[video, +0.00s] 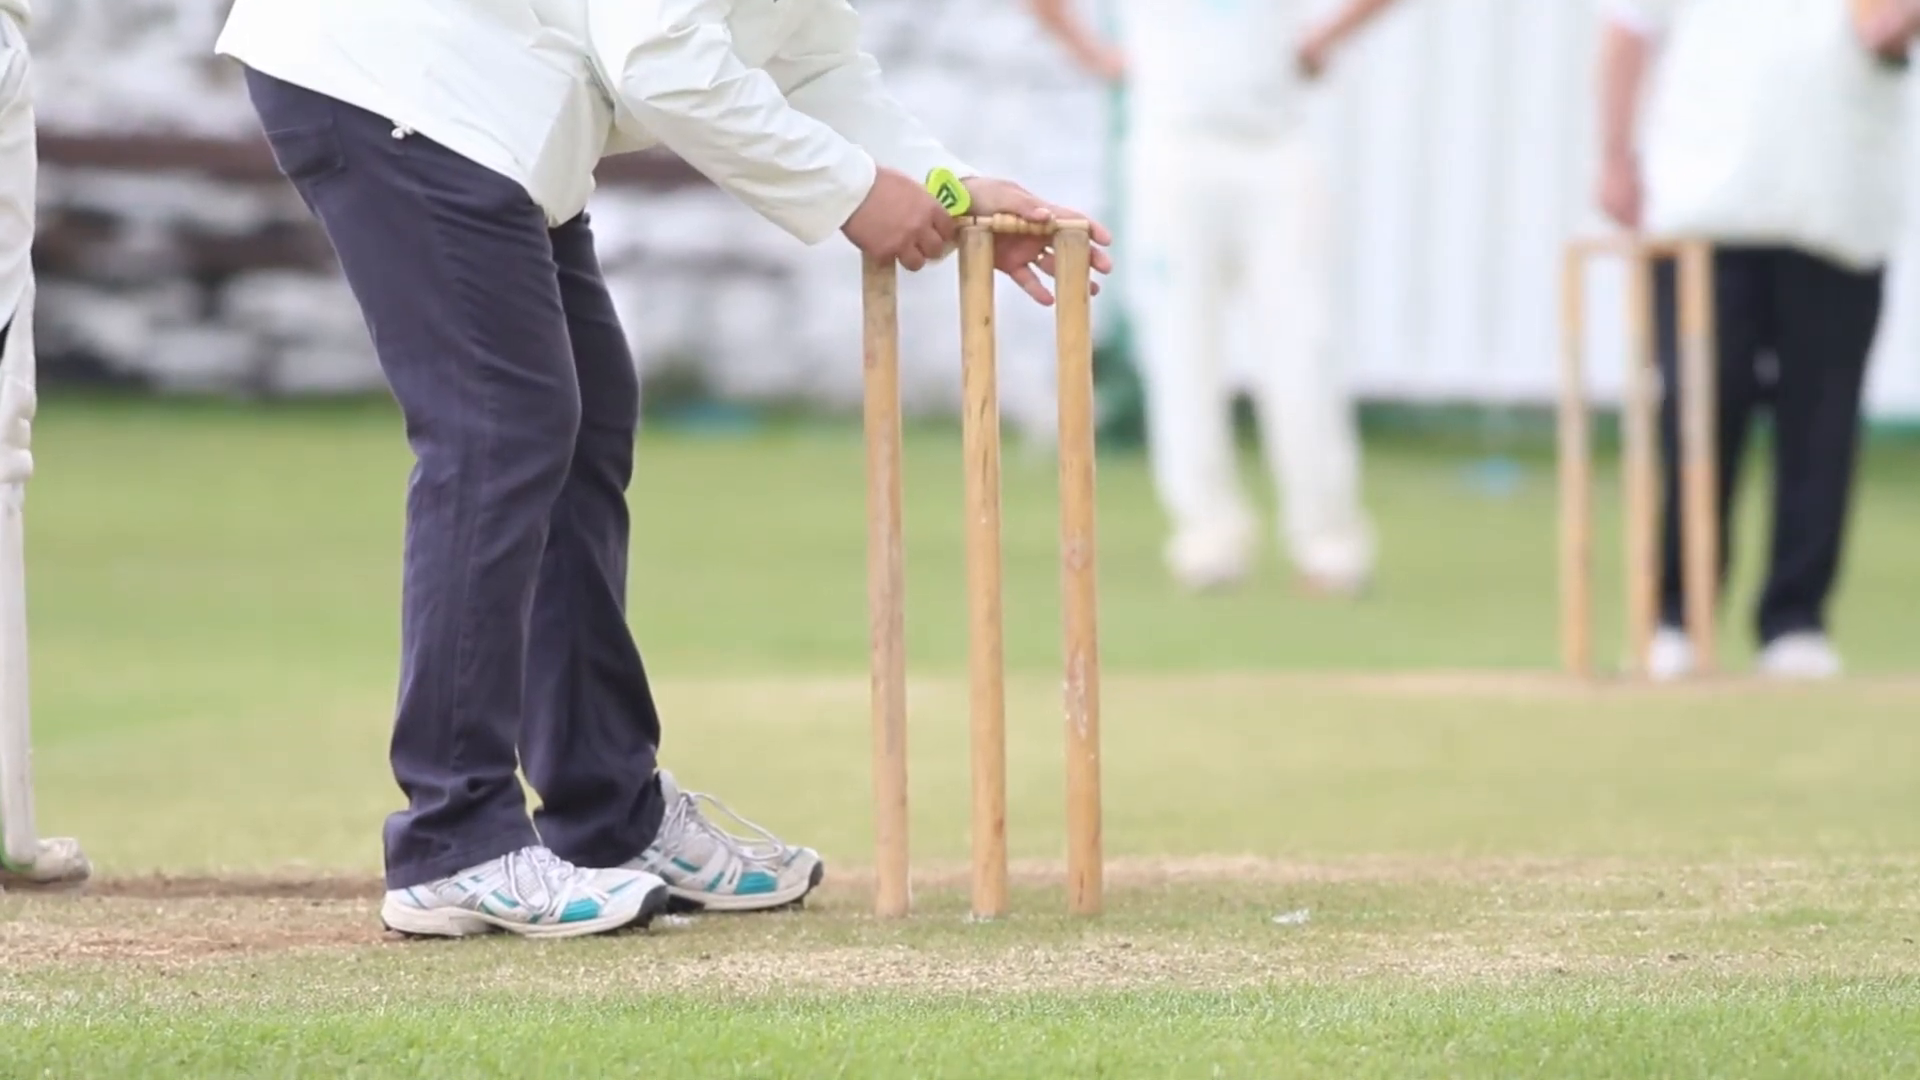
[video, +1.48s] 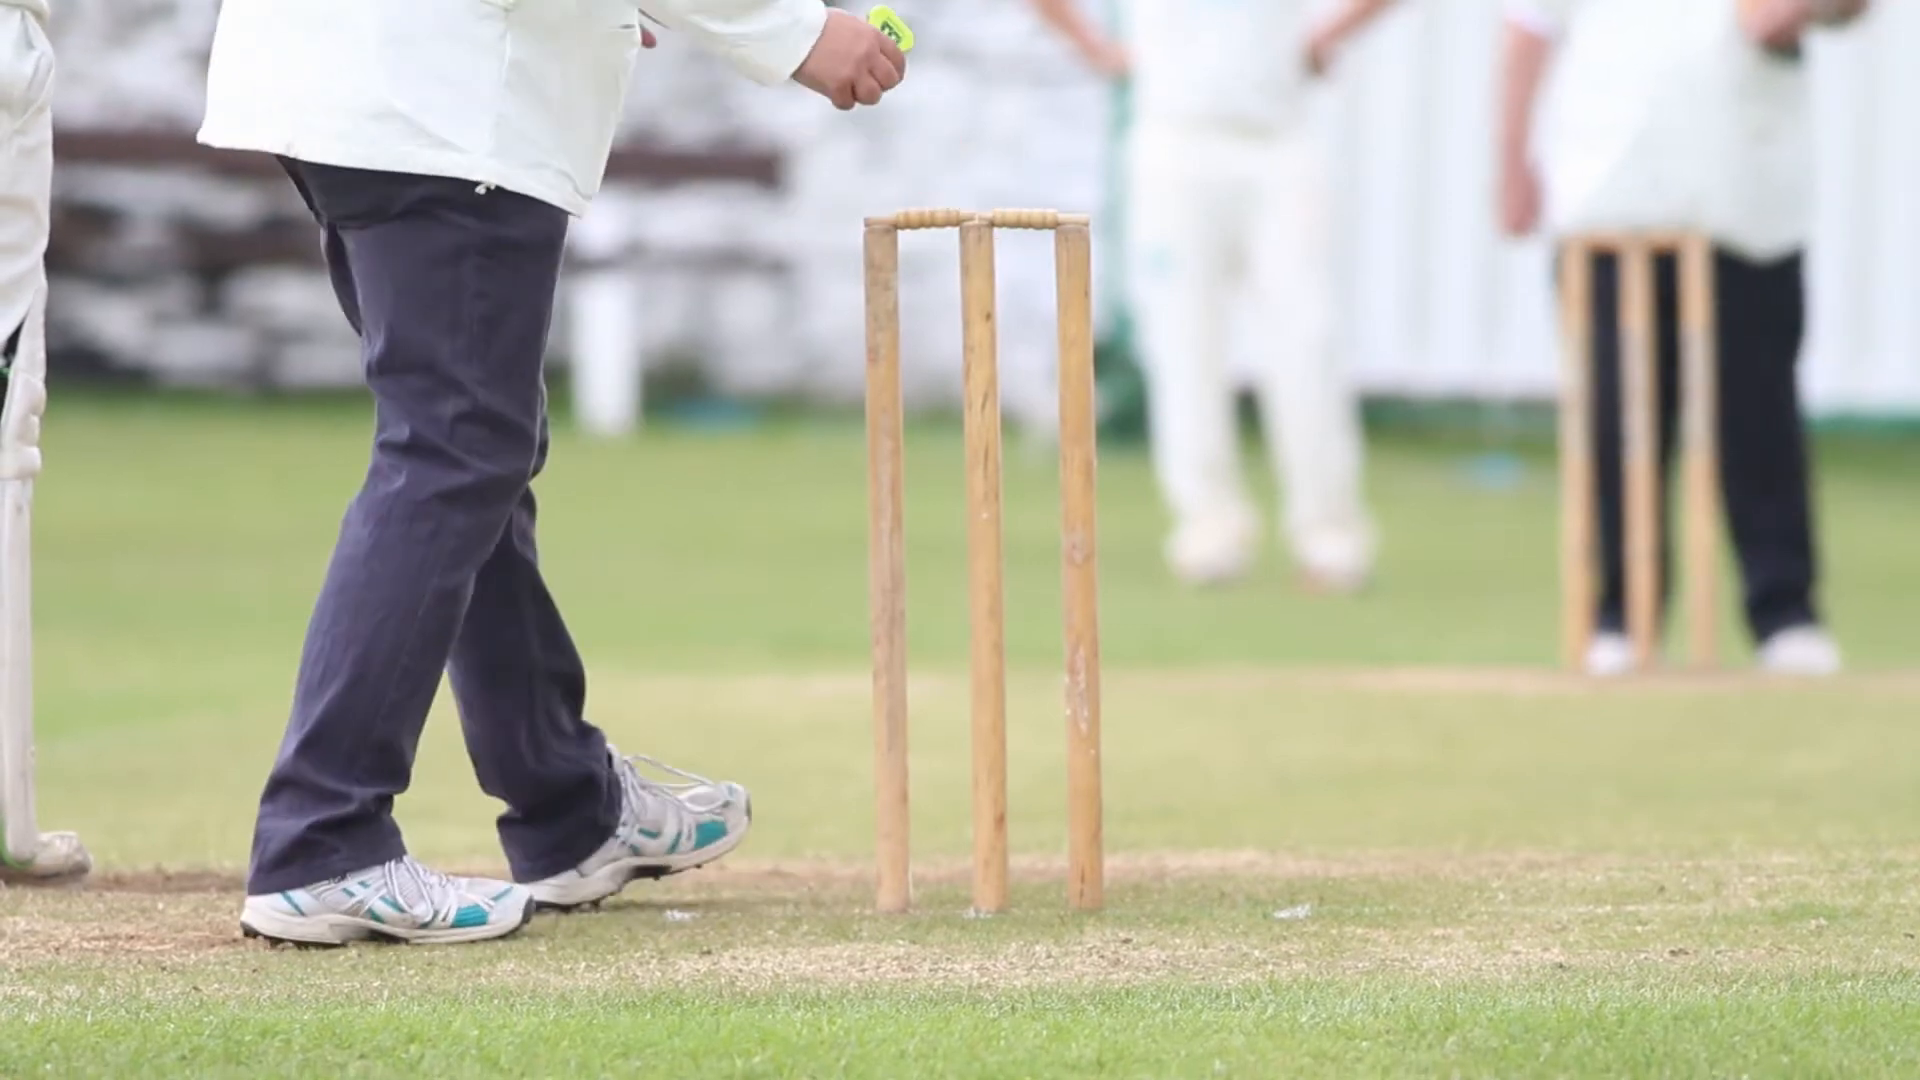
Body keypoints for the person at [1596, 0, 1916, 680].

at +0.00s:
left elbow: (1885, 28)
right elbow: (1629, 25)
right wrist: (1618, 159)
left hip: (1843, 196)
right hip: (1704, 190)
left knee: (1820, 431)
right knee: (1696, 423)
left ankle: (1796, 625)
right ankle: (1676, 623)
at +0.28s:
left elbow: (1892, 29)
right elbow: (1634, 23)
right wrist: (1621, 155)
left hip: (1849, 194)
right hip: (1714, 186)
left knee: (1822, 421)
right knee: (1736, 408)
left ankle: (1797, 624)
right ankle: (1728, 624)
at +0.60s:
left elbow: (1886, 28)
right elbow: (1633, 24)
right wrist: (1625, 158)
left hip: (1845, 197)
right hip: (1710, 191)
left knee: (1820, 431)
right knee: (1714, 420)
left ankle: (1796, 624)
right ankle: (1690, 622)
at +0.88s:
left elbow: (1871, 23)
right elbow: (1618, 24)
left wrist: (1888, 17)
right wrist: (1605, 160)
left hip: (1831, 199)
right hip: (1692, 194)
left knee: (1810, 433)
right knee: (1672, 425)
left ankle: (1795, 623)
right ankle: (1632, 618)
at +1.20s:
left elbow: (1893, 6)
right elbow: (1571, 21)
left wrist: (1845, 10)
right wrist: (1559, 156)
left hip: (1791, 186)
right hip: (1644, 180)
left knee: (1785, 419)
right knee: (1637, 417)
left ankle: (1792, 621)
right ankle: (1626, 619)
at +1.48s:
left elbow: (1854, 7)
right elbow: (1530, 22)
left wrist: (1804, 8)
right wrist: (1513, 160)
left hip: (1751, 193)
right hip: (1610, 192)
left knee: (1759, 421)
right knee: (1619, 427)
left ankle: (1786, 620)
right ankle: (1617, 624)